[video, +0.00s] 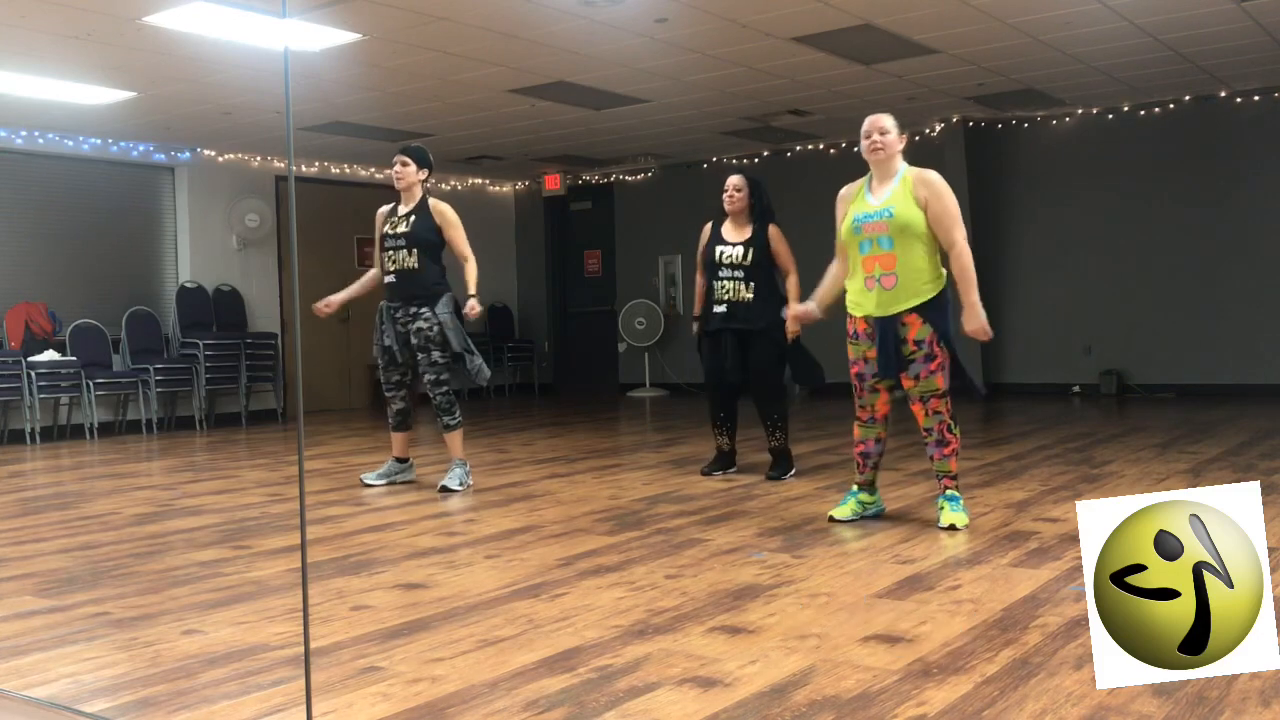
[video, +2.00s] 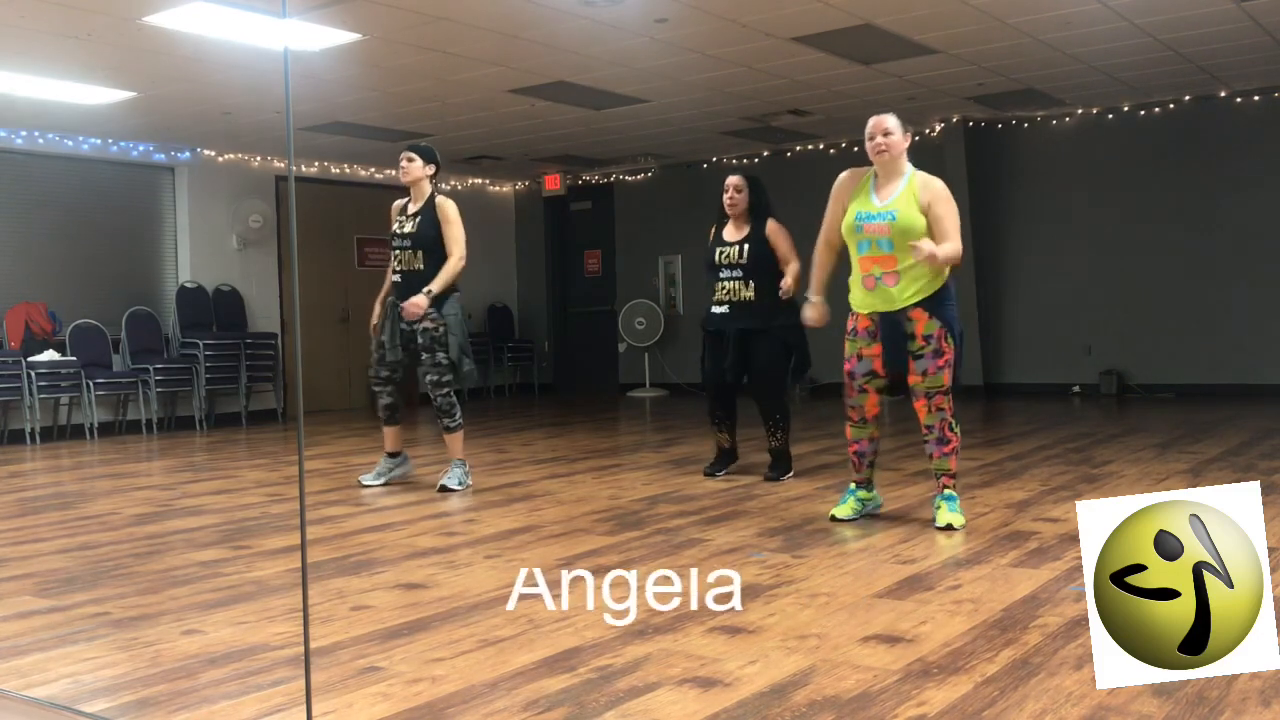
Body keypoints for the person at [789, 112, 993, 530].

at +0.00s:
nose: (875, 139)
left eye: (883, 132)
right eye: (868, 135)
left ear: (902, 141)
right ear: (860, 147)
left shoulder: (926, 183)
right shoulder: (848, 196)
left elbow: (956, 245)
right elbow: (842, 261)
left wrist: (972, 306)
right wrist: (815, 304)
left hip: (918, 313)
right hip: (864, 318)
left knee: (932, 405)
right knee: (868, 406)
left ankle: (949, 494)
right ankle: (865, 493)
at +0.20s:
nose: (864, 149)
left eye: (871, 142)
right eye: (855, 145)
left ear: (887, 148)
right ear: (846, 155)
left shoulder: (915, 189)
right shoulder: (832, 203)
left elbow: (957, 243)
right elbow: (797, 255)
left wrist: (977, 299)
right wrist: (757, 277)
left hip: (913, 312)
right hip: (852, 319)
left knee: (942, 381)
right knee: (845, 402)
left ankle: (948, 479)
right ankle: (860, 492)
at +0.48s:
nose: (876, 145)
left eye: (885, 137)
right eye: (870, 140)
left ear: (907, 141)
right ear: (865, 148)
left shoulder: (929, 191)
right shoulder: (852, 185)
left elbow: (950, 251)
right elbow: (831, 242)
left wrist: (934, 271)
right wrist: (812, 293)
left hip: (918, 312)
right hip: (864, 315)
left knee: (928, 406)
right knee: (866, 405)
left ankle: (942, 496)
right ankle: (866, 493)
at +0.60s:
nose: (884, 142)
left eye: (892, 134)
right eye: (879, 138)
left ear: (917, 138)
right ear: (875, 148)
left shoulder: (937, 189)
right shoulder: (868, 184)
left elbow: (952, 255)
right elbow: (859, 246)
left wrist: (925, 251)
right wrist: (855, 303)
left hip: (925, 313)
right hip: (875, 312)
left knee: (932, 404)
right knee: (840, 383)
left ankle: (942, 495)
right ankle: (857, 479)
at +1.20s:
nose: (894, 143)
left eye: (904, 136)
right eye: (889, 139)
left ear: (928, 146)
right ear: (887, 150)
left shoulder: (939, 187)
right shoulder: (880, 188)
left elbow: (948, 239)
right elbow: (873, 250)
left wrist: (950, 294)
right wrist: (866, 304)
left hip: (933, 314)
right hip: (883, 315)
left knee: (938, 405)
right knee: (829, 368)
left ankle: (944, 496)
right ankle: (848, 463)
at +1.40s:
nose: (883, 139)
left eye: (891, 132)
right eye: (876, 134)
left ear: (911, 141)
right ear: (869, 146)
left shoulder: (936, 183)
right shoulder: (856, 198)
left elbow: (968, 244)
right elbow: (847, 263)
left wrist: (977, 303)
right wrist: (820, 303)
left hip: (924, 311)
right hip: (868, 315)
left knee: (933, 404)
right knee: (861, 401)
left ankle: (943, 495)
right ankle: (863, 491)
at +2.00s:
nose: (879, 141)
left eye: (887, 133)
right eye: (872, 136)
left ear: (907, 140)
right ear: (865, 147)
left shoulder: (930, 188)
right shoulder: (849, 184)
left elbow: (954, 250)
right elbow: (827, 243)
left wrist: (936, 253)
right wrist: (816, 295)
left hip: (924, 307)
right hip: (866, 310)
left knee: (933, 400)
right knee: (859, 398)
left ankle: (946, 494)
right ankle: (863, 489)